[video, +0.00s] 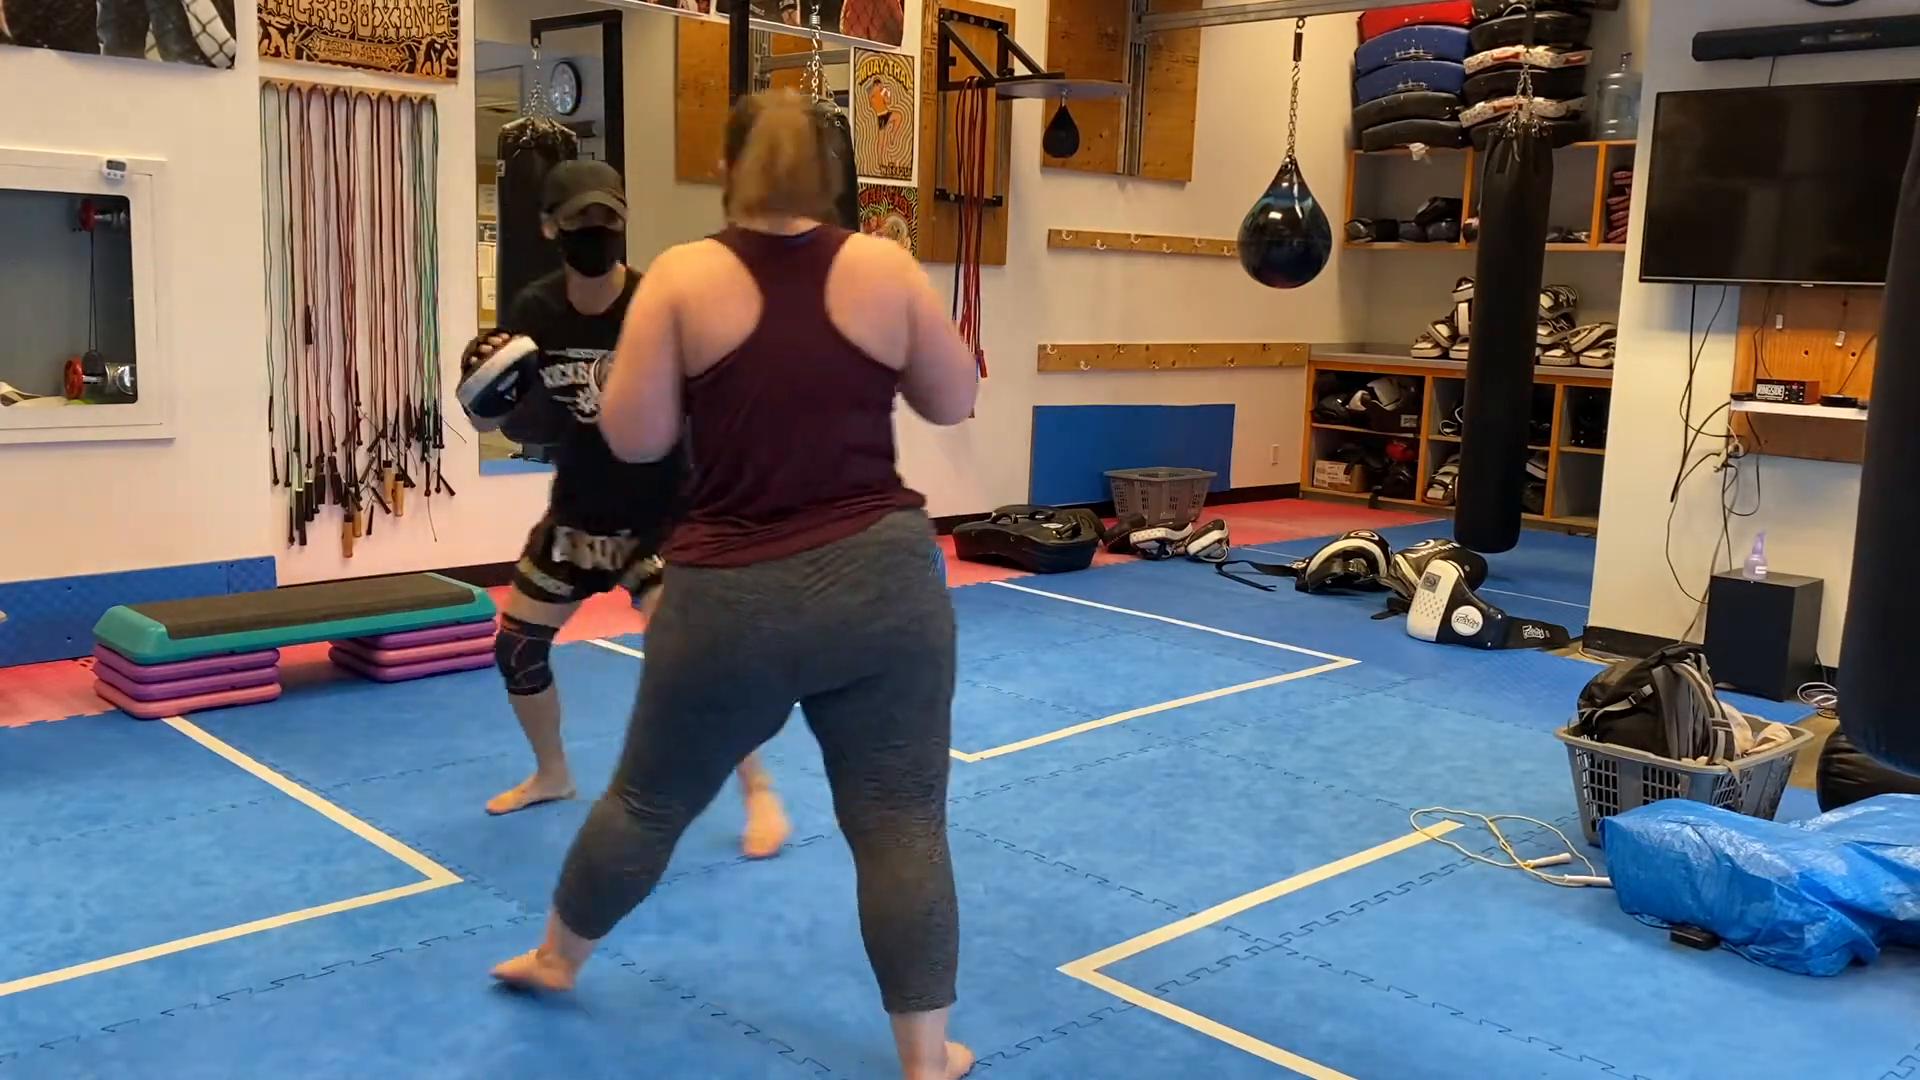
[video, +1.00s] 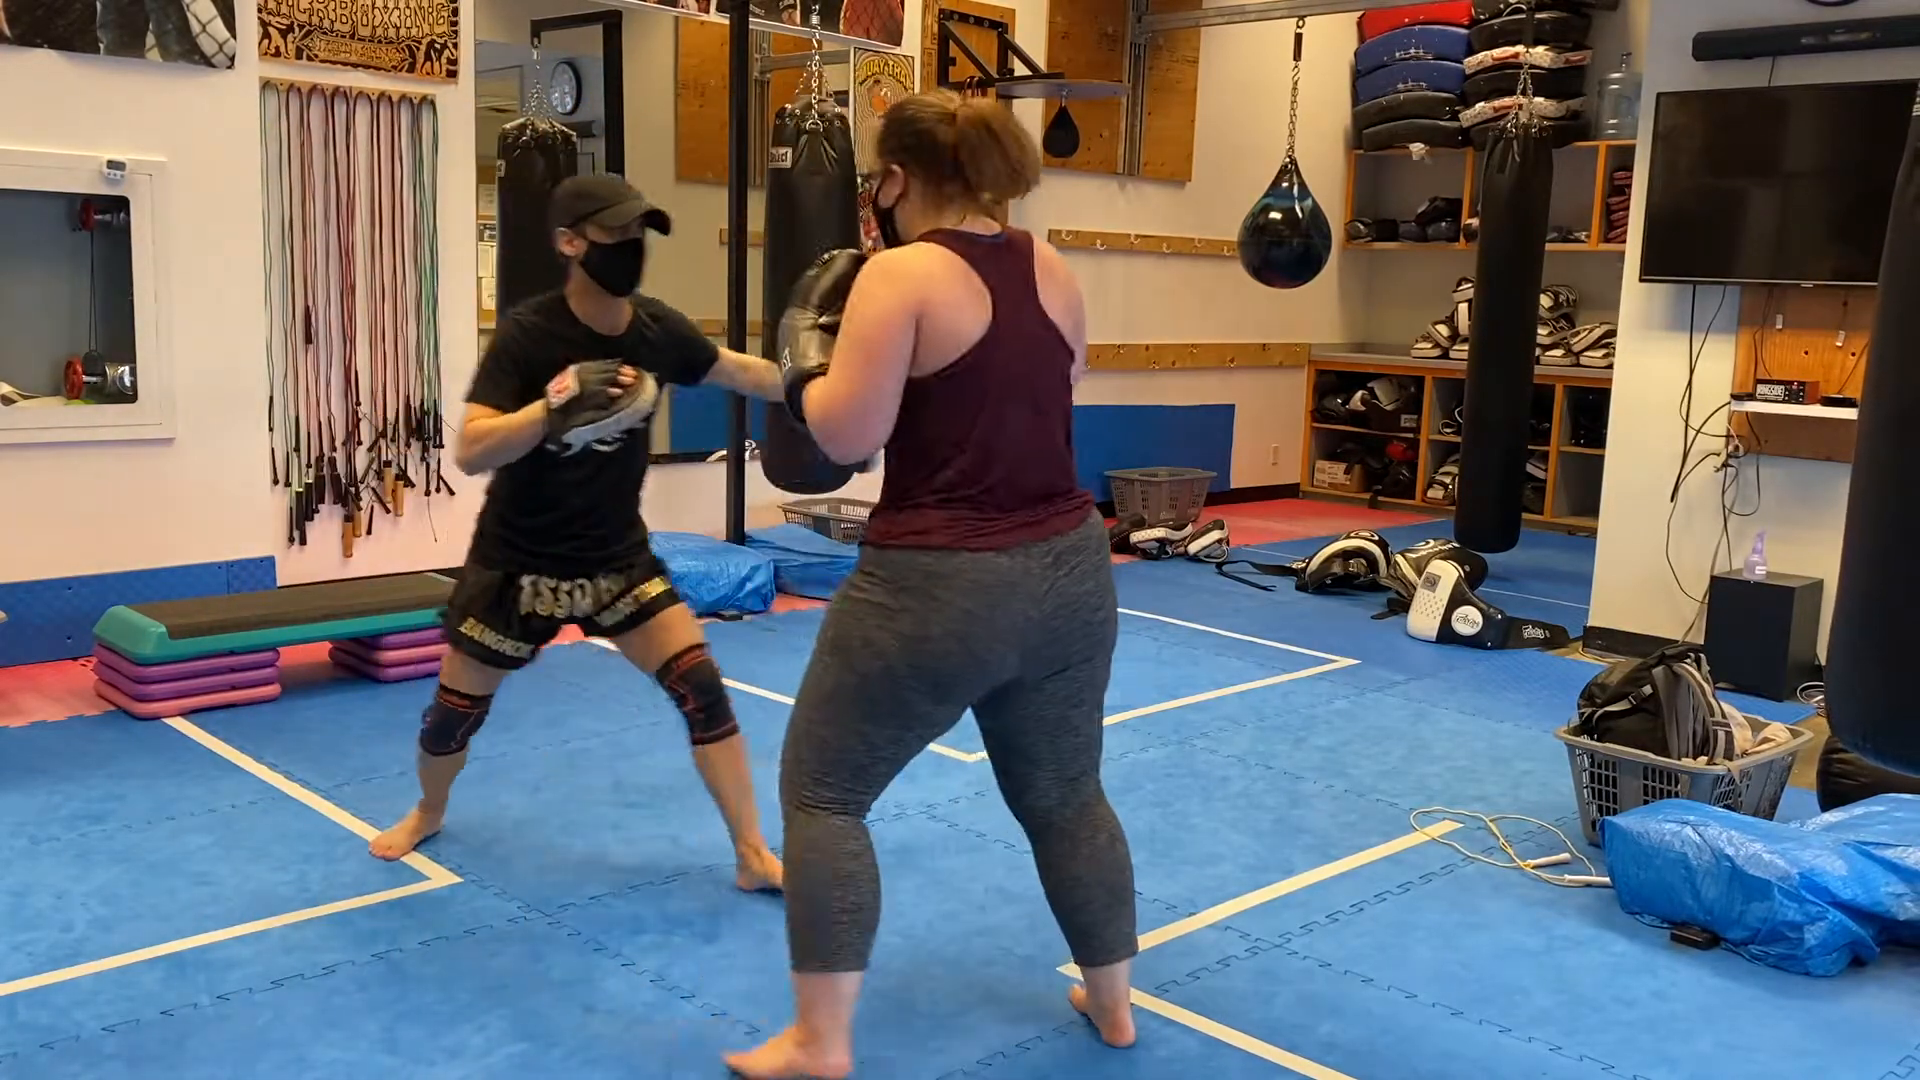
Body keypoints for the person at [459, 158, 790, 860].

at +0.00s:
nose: (597, 230)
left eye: (607, 216)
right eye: (581, 218)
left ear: (624, 220)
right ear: (552, 226)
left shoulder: (660, 300)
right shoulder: (534, 309)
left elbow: (706, 393)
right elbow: (524, 422)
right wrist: (494, 396)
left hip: (668, 516)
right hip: (578, 511)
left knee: (697, 655)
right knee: (519, 650)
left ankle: (758, 787)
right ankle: (553, 774)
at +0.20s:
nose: (573, 206)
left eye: (582, 191)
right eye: (555, 194)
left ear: (597, 195)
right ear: (518, 200)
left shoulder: (636, 295)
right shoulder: (488, 288)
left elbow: (692, 395)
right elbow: (434, 400)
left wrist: (658, 378)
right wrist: (471, 370)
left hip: (603, 499)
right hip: (517, 494)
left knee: (577, 664)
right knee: (493, 650)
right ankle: (548, 755)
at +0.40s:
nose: (554, 224)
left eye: (563, 209)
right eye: (536, 211)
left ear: (578, 210)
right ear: (499, 213)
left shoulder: (609, 309)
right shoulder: (462, 302)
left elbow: (680, 383)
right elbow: (410, 418)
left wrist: (667, 428)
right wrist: (451, 385)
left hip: (570, 516)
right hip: (474, 508)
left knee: (556, 684)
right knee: (416, 660)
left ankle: (508, 798)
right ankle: (454, 772)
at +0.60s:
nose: (533, 229)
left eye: (540, 216)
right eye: (514, 217)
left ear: (551, 220)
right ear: (472, 223)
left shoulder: (575, 310)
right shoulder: (432, 314)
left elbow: (647, 367)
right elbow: (385, 431)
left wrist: (702, 409)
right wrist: (444, 394)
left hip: (545, 519)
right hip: (448, 521)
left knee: (582, 662)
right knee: (404, 683)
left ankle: (515, 773)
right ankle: (423, 807)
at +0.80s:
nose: (552, 236)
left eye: (557, 222)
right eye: (533, 224)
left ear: (564, 225)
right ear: (486, 234)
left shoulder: (582, 318)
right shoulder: (445, 324)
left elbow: (658, 369)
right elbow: (400, 446)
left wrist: (723, 405)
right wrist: (477, 405)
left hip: (554, 530)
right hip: (454, 537)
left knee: (631, 667)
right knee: (410, 707)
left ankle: (670, 833)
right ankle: (424, 811)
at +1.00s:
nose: (636, 248)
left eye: (639, 235)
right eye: (618, 237)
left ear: (642, 237)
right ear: (570, 243)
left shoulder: (658, 331)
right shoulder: (528, 332)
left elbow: (746, 373)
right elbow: (472, 448)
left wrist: (818, 376)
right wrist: (558, 408)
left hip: (617, 554)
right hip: (516, 555)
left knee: (702, 688)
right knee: (448, 723)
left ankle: (752, 852)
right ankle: (429, 813)